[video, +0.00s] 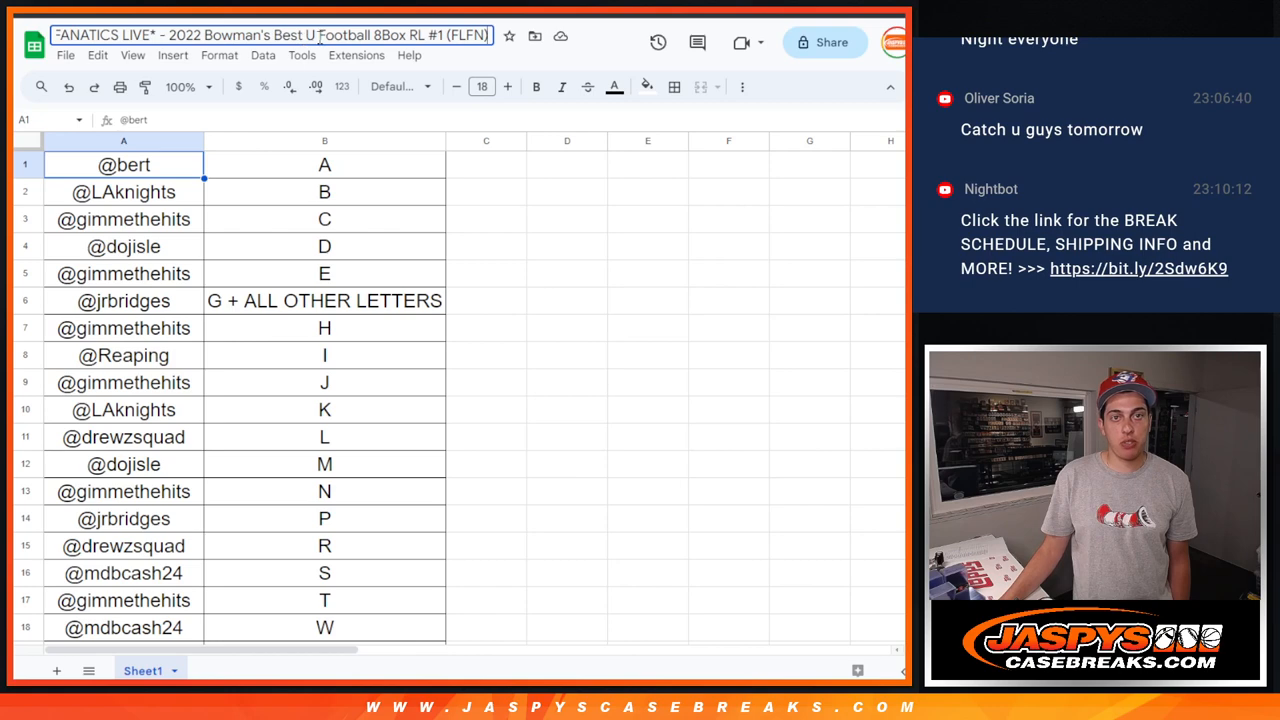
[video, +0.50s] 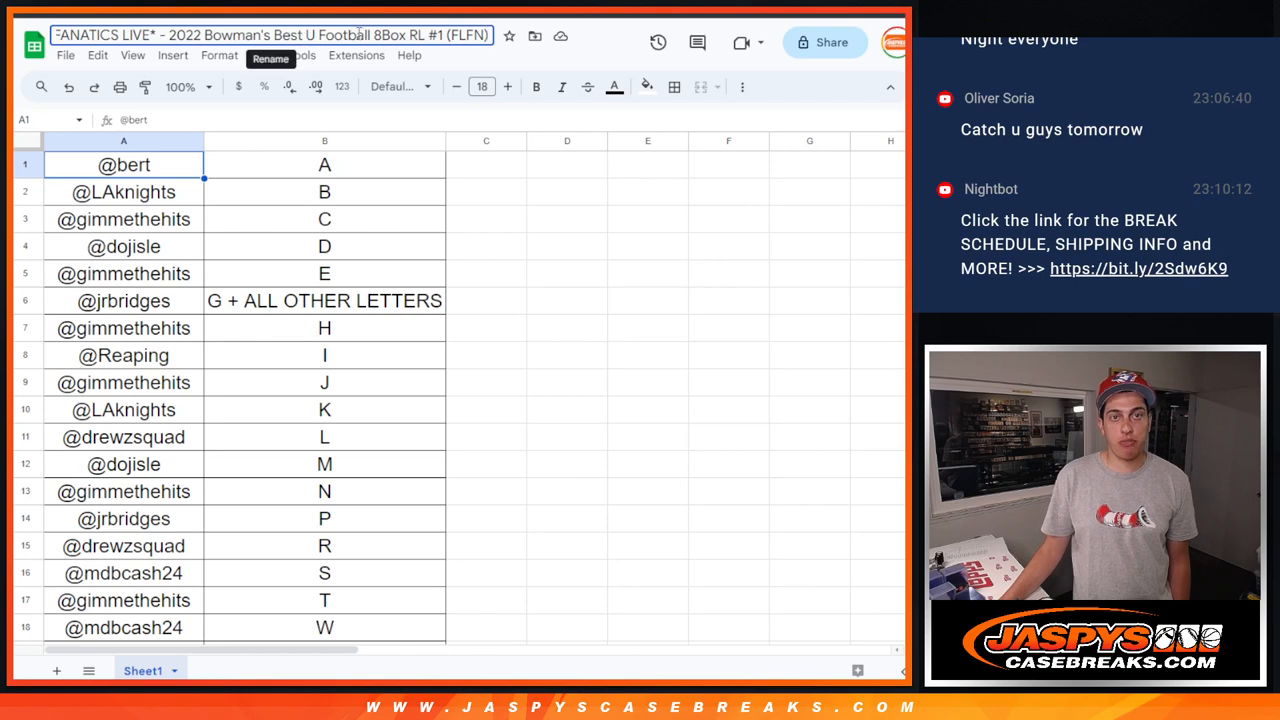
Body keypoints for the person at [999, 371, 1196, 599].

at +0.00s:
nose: (1127, 428)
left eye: (1137, 415)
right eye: (1116, 417)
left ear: (1150, 421)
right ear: (1102, 425)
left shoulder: (1175, 481)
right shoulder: (1073, 476)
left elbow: (1179, 557)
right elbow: (1051, 549)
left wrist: (1180, 611)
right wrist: (1007, 599)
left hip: (1153, 607)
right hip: (1090, 607)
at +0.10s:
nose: (1127, 428)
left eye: (1137, 415)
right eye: (1115, 417)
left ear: (1149, 421)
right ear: (1101, 425)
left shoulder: (1175, 481)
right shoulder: (1073, 476)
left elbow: (1179, 557)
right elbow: (1051, 549)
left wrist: (1180, 611)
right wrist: (1007, 599)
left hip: (1153, 607)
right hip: (1090, 607)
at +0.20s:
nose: (1127, 428)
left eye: (1137, 415)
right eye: (1115, 417)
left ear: (1149, 421)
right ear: (1101, 425)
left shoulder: (1175, 481)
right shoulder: (1073, 476)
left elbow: (1179, 557)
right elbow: (1051, 549)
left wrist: (1180, 611)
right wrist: (1007, 599)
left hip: (1153, 607)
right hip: (1090, 607)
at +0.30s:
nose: (1127, 428)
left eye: (1137, 415)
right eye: (1115, 417)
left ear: (1149, 421)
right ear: (1101, 425)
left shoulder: (1175, 481)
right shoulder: (1073, 476)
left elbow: (1179, 557)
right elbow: (1051, 549)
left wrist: (1180, 611)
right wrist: (1007, 599)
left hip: (1153, 607)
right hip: (1090, 607)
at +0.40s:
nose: (1127, 428)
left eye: (1137, 415)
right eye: (1115, 417)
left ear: (1149, 421)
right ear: (1101, 425)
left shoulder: (1175, 481)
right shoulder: (1073, 476)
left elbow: (1179, 557)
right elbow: (1051, 549)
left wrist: (1180, 611)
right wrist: (1007, 599)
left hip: (1153, 607)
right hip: (1090, 607)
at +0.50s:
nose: (1127, 428)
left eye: (1137, 415)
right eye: (1115, 416)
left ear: (1149, 421)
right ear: (1101, 425)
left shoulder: (1175, 481)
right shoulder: (1073, 476)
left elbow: (1179, 557)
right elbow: (1051, 549)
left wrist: (1180, 611)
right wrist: (1007, 599)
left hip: (1153, 607)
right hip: (1090, 607)